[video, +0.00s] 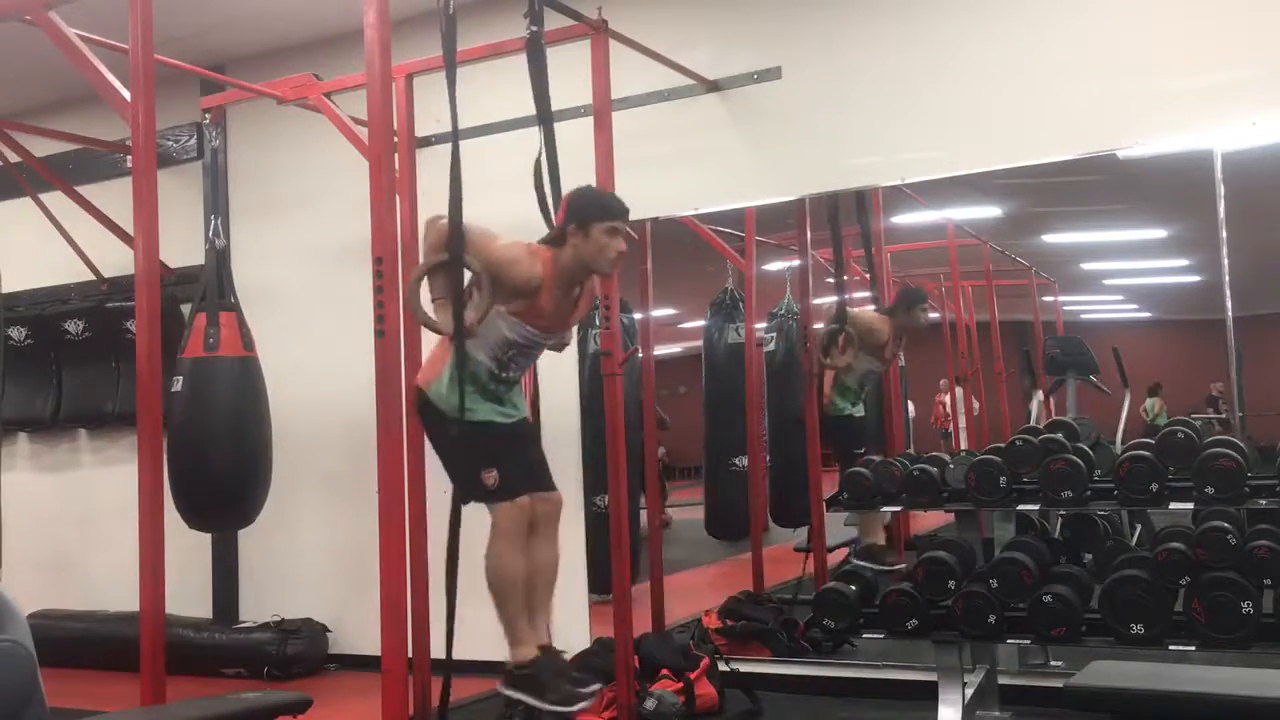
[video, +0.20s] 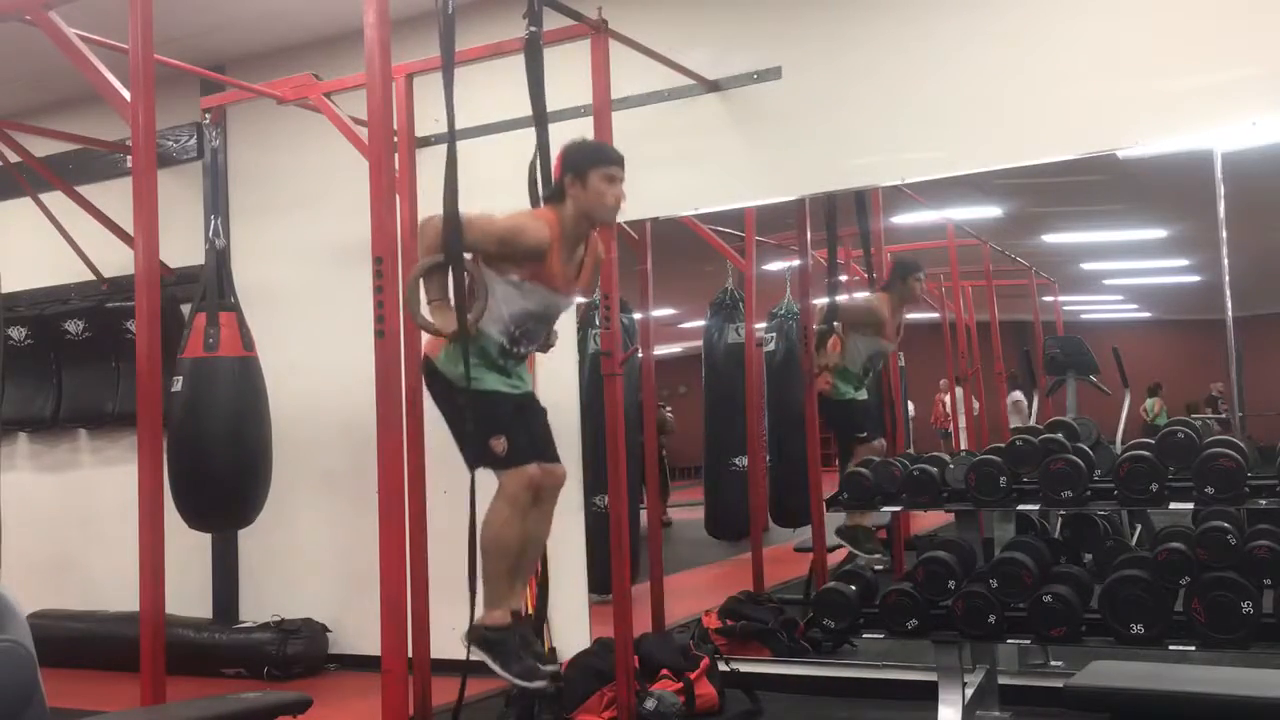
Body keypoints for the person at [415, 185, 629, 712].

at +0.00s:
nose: (623, 246)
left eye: (624, 235)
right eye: (612, 234)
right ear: (574, 234)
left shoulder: (586, 288)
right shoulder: (522, 267)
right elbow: (440, 229)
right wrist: (435, 304)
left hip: (504, 394)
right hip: (455, 391)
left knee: (546, 506)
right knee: (512, 509)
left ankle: (540, 652)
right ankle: (521, 662)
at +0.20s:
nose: (619, 192)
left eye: (622, 182)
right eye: (609, 182)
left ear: (612, 190)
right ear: (572, 184)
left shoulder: (592, 246)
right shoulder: (531, 232)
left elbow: (546, 291)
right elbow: (433, 229)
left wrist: (538, 329)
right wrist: (435, 306)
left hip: (507, 362)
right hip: (463, 355)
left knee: (549, 476)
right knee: (520, 477)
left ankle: (511, 613)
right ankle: (491, 621)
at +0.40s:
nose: (604, 127)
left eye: (607, 117)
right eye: (594, 116)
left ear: (598, 126)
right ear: (558, 120)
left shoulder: (584, 188)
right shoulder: (523, 181)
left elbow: (547, 255)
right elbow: (437, 225)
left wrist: (549, 311)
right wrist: (429, 286)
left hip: (519, 336)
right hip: (473, 330)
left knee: (529, 455)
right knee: (505, 450)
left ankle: (494, 590)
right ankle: (477, 590)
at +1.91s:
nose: (605, 203)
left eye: (606, 192)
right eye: (595, 192)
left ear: (591, 199)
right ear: (557, 194)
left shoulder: (573, 247)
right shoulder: (515, 237)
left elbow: (513, 281)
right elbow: (416, 235)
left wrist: (540, 324)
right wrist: (427, 315)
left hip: (513, 383)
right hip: (467, 381)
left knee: (524, 516)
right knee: (493, 516)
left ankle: (524, 649)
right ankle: (502, 657)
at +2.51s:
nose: (561, 236)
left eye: (563, 227)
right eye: (550, 225)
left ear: (557, 234)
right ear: (514, 229)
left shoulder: (551, 285)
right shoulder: (483, 270)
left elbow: (570, 338)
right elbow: (412, 291)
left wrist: (571, 334)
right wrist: (453, 316)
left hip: (502, 431)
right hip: (451, 432)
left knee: (573, 525)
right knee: (544, 528)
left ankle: (606, 661)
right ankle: (590, 667)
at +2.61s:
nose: (538, 254)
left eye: (539, 244)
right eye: (526, 243)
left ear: (536, 252)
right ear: (491, 249)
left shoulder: (527, 302)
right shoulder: (452, 286)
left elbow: (542, 341)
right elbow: (381, 333)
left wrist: (562, 335)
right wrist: (431, 321)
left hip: (506, 454)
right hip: (453, 457)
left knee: (586, 532)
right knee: (560, 538)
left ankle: (642, 663)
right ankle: (630, 673)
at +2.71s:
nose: (510, 287)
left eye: (512, 277)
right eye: (500, 276)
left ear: (508, 284)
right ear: (468, 281)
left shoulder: (506, 341)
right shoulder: (436, 341)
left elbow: (513, 395)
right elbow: (367, 381)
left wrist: (538, 356)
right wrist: (416, 337)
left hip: (508, 488)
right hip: (457, 495)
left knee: (600, 547)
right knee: (573, 551)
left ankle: (675, 668)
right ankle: (666, 674)